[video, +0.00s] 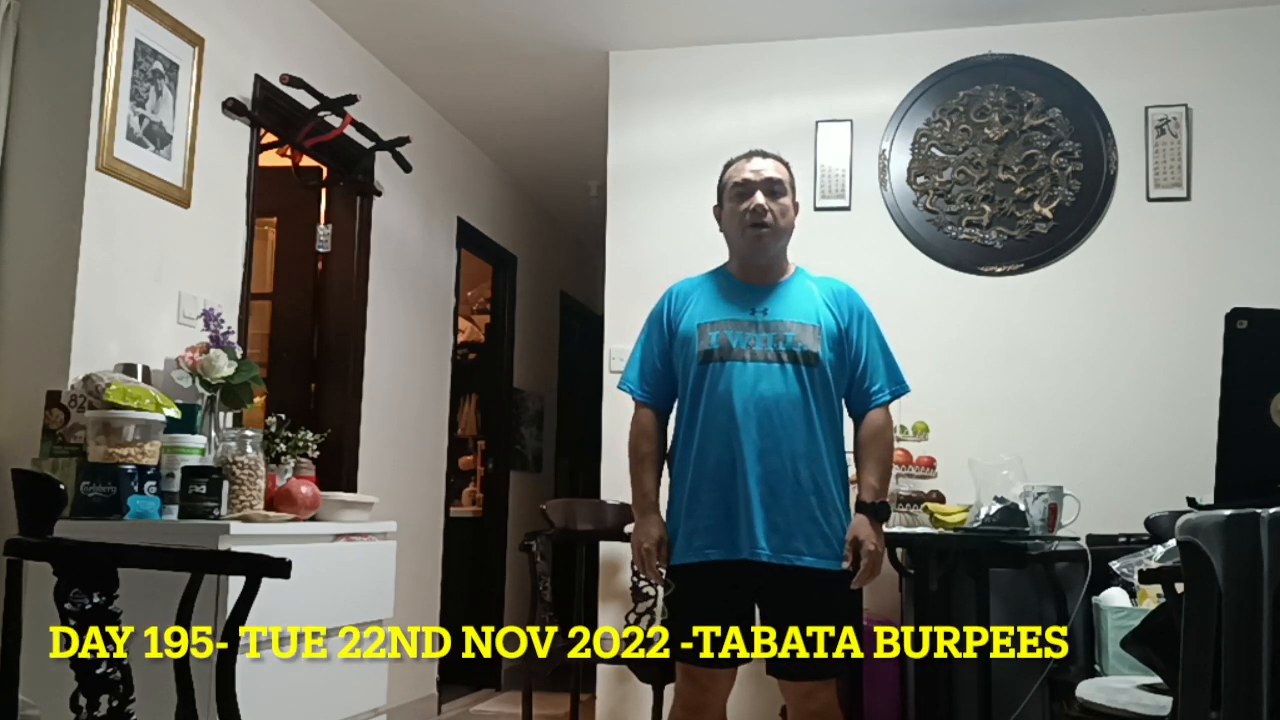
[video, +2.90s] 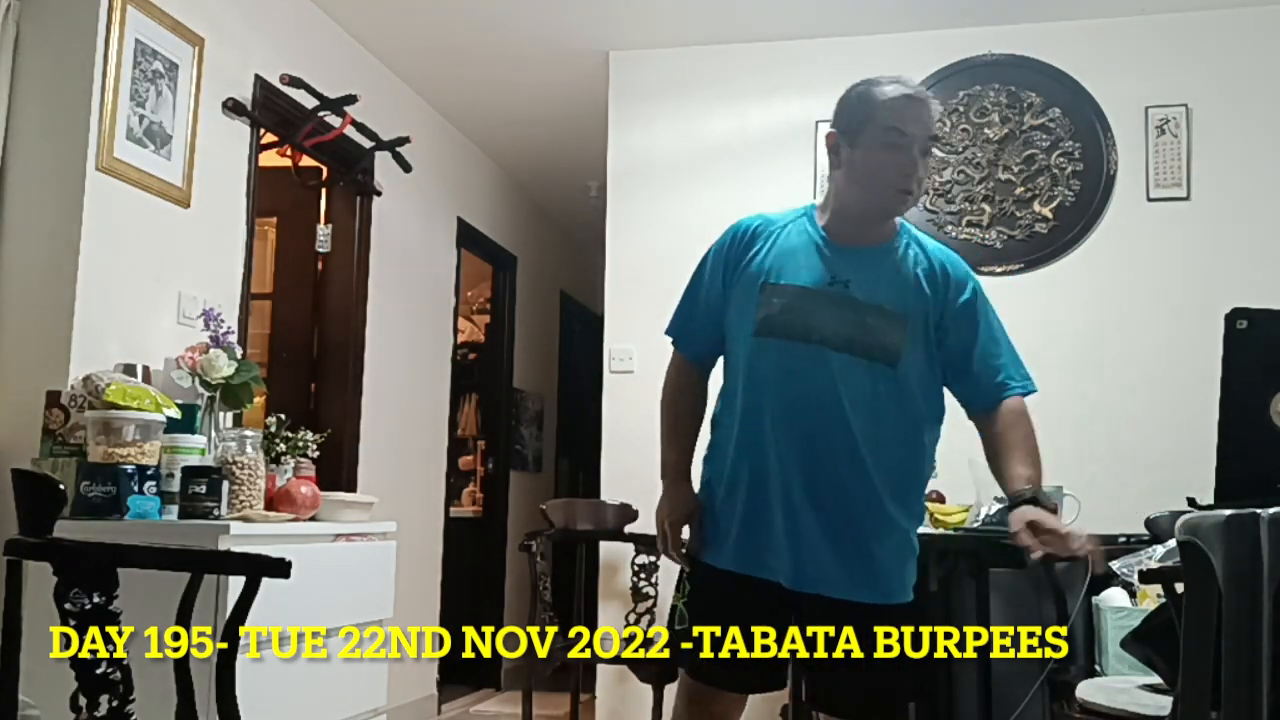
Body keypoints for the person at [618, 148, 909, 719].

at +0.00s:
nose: (758, 200)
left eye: (774, 190)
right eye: (742, 191)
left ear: (795, 213)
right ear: (719, 216)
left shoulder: (839, 304)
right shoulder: (682, 302)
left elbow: (875, 411)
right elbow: (647, 412)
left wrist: (870, 511)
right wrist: (645, 513)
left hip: (811, 545)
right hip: (706, 542)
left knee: (815, 701)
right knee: (699, 696)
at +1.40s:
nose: (828, 197)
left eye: (838, 185)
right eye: (809, 180)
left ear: (847, 200)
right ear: (761, 191)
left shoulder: (871, 301)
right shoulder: (699, 289)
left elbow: (921, 408)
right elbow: (655, 406)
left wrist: (945, 495)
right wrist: (648, 508)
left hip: (833, 559)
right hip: (716, 549)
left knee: (840, 710)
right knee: (692, 705)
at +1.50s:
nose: (874, 189)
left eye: (885, 175)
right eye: (856, 166)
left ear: (893, 188)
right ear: (804, 173)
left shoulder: (907, 294)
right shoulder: (731, 269)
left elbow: (964, 397)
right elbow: (683, 387)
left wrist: (994, 480)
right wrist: (674, 488)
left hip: (853, 550)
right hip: (736, 535)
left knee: (851, 709)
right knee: (694, 696)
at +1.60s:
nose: (911, 184)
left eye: (924, 170)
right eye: (894, 161)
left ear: (933, 183)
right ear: (841, 165)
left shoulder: (937, 289)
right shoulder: (758, 255)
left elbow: (1003, 385)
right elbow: (705, 368)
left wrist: (1048, 462)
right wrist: (690, 475)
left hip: (863, 560)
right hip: (746, 536)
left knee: (860, 712)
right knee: (701, 693)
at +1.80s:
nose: (966, 192)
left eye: (979, 176)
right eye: (949, 166)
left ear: (986, 183)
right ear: (891, 159)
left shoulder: (980, 295)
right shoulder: (793, 240)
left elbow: (1062, 379)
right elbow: (726, 349)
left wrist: (1135, 444)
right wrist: (706, 460)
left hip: (880, 570)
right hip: (762, 540)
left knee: (861, 714)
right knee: (726, 706)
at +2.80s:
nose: (949, 175)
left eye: (962, 160)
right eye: (931, 151)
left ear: (969, 167)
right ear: (873, 151)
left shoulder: (970, 287)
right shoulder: (773, 240)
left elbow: (1036, 393)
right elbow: (708, 353)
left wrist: (1090, 476)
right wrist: (692, 472)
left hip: (878, 572)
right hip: (752, 541)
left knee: (859, 717)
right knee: (711, 702)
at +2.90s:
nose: (918, 168)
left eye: (927, 151)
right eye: (898, 143)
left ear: (930, 164)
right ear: (837, 147)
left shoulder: (943, 280)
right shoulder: (750, 246)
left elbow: (1001, 399)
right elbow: (688, 366)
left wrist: (1026, 499)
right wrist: (676, 483)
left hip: (869, 571)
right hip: (743, 547)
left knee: (861, 715)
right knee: (705, 703)